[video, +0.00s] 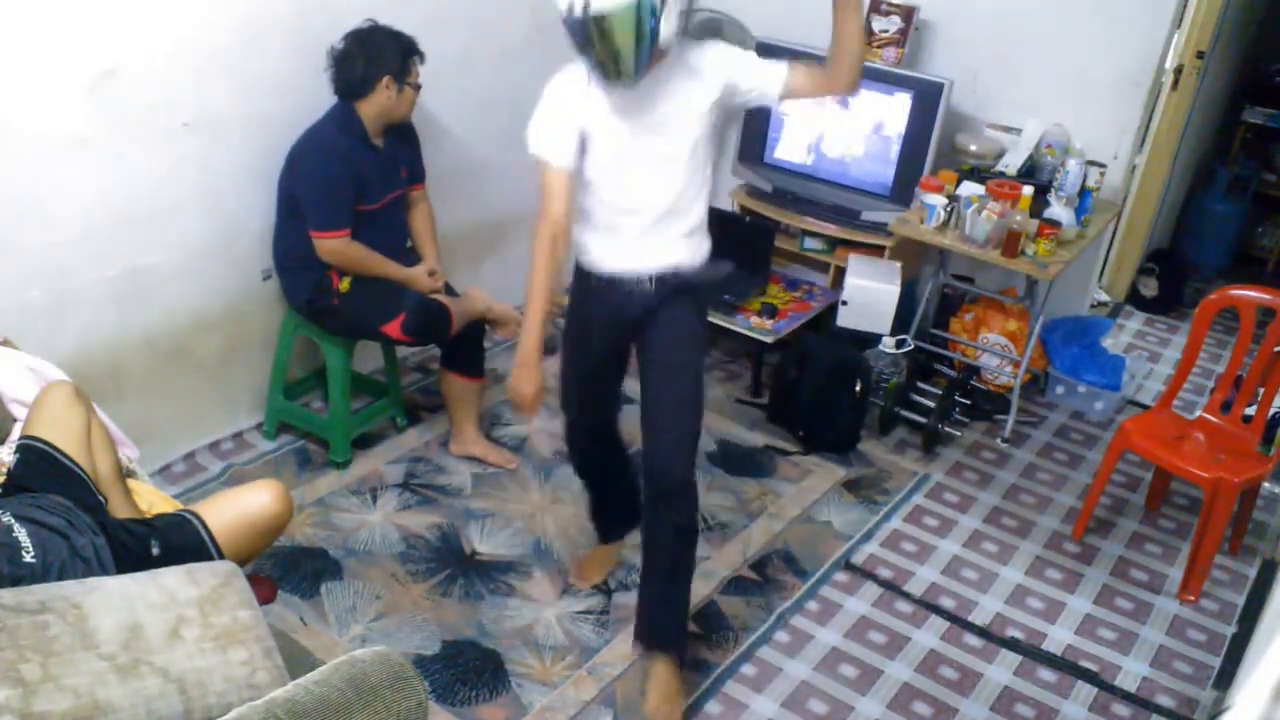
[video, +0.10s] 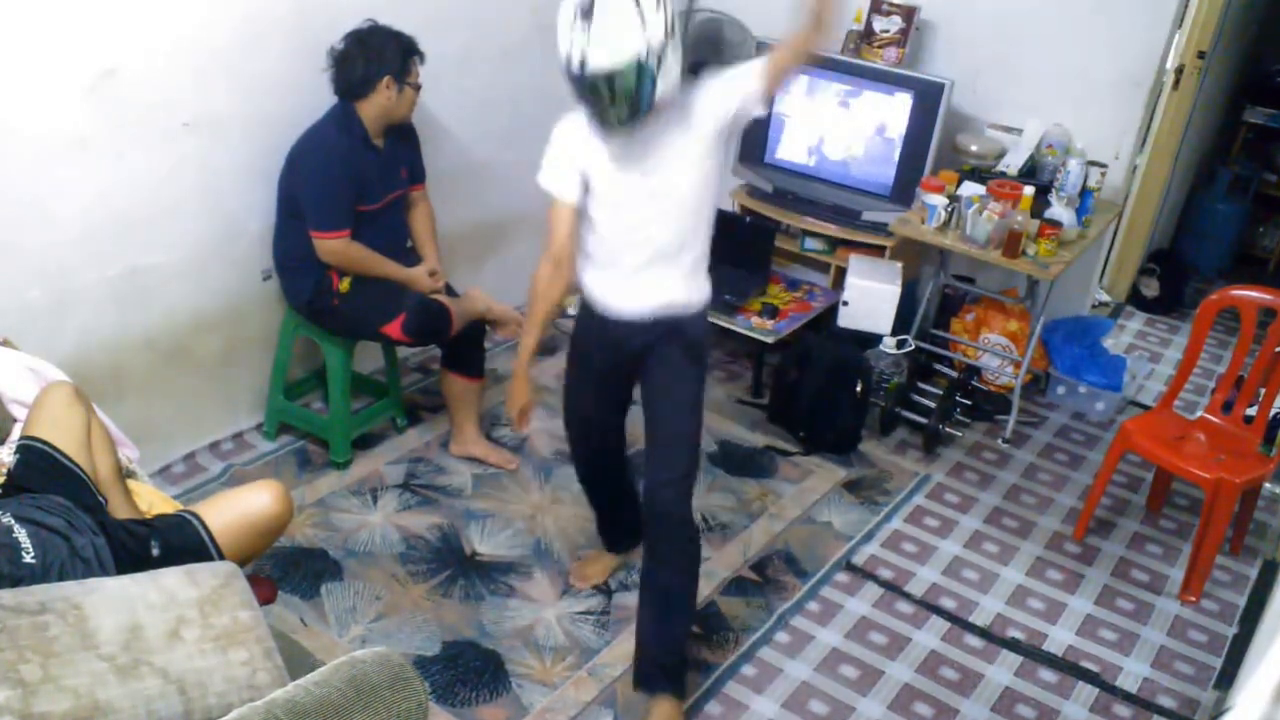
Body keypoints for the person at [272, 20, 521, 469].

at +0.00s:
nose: (419, 95)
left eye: (419, 87)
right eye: (415, 87)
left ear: (386, 87)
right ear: (387, 87)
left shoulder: (399, 130)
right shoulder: (325, 152)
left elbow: (417, 202)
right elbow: (332, 249)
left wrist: (430, 261)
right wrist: (406, 275)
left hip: (388, 265)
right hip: (326, 283)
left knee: (465, 323)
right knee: (423, 324)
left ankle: (466, 435)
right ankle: (477, 305)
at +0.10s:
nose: (419, 95)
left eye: (419, 87)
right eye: (416, 86)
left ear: (386, 87)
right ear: (387, 87)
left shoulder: (399, 130)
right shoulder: (326, 151)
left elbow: (417, 202)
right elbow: (332, 249)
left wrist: (430, 260)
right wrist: (407, 276)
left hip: (388, 265)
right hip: (326, 283)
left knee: (466, 325)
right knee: (424, 324)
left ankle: (466, 435)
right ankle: (477, 306)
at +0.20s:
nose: (419, 96)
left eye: (419, 87)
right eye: (416, 86)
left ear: (386, 87)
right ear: (387, 87)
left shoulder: (399, 130)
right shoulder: (326, 151)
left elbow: (417, 202)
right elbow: (332, 249)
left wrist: (430, 260)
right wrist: (407, 276)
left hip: (387, 265)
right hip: (326, 283)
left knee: (466, 324)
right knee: (423, 324)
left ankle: (465, 435)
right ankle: (477, 306)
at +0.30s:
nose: (419, 95)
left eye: (418, 86)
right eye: (415, 86)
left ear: (386, 87)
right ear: (386, 87)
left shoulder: (399, 131)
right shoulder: (325, 150)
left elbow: (416, 202)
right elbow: (332, 249)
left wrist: (429, 259)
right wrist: (407, 277)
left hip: (388, 266)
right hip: (325, 283)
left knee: (466, 322)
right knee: (420, 323)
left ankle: (466, 435)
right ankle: (476, 305)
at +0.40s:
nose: (419, 94)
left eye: (419, 86)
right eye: (415, 85)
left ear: (386, 87)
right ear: (386, 87)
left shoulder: (399, 131)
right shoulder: (325, 150)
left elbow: (417, 202)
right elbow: (332, 249)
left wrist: (429, 260)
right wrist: (407, 277)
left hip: (389, 266)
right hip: (325, 283)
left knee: (466, 322)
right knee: (420, 323)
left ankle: (465, 435)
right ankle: (476, 305)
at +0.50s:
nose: (418, 95)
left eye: (418, 86)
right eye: (415, 86)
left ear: (386, 87)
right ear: (386, 87)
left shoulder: (399, 131)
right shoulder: (324, 150)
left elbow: (416, 202)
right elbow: (331, 249)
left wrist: (429, 259)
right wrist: (406, 276)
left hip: (389, 267)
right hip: (326, 283)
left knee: (466, 322)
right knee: (420, 323)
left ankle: (465, 435)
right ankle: (476, 305)